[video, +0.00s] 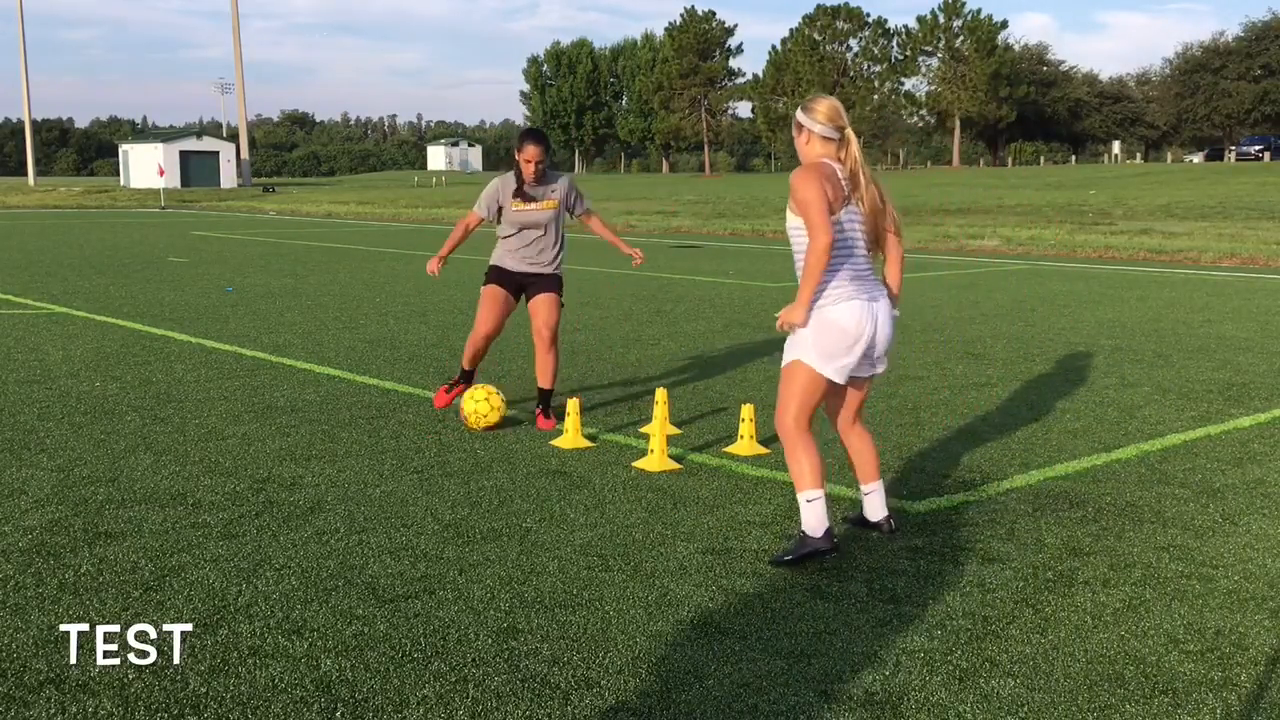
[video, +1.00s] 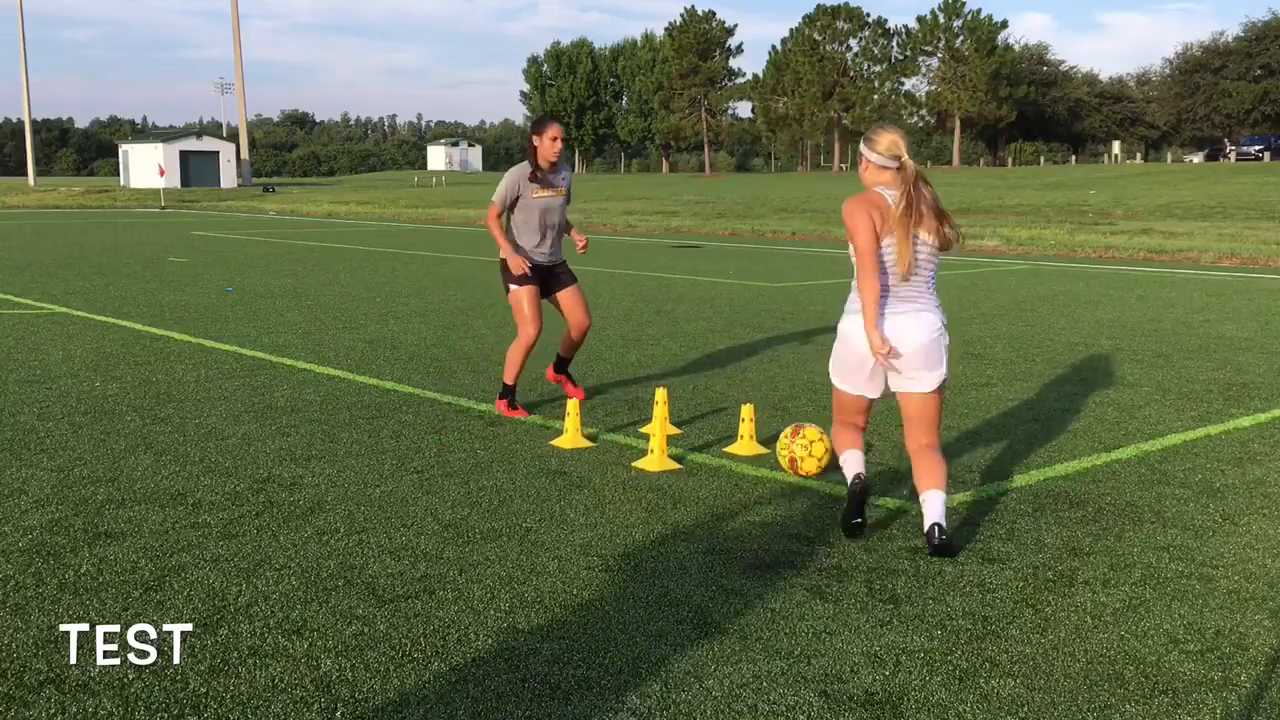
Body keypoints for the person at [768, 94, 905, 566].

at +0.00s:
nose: (794, 140)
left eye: (796, 133)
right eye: (796, 133)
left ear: (805, 134)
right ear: (839, 137)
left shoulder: (808, 175)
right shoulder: (862, 179)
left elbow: (821, 240)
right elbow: (892, 243)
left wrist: (800, 304)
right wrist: (889, 300)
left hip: (833, 312)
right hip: (876, 311)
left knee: (791, 420)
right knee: (847, 416)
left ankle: (816, 531)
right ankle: (878, 515)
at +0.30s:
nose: (760, 136)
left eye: (761, 128)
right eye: (761, 128)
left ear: (771, 129)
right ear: (803, 131)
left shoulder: (782, 163)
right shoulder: (829, 169)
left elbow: (798, 210)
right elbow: (871, 228)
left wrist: (768, 272)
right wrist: (876, 284)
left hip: (816, 303)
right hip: (853, 301)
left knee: (770, 422)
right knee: (797, 418)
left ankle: (787, 541)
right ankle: (831, 520)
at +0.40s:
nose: (751, 172)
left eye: (751, 163)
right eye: (750, 163)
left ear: (764, 158)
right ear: (794, 157)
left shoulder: (777, 196)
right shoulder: (826, 197)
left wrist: (711, 305)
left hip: (822, 331)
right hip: (845, 328)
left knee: (762, 431)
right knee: (741, 407)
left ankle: (793, 552)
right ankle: (801, 505)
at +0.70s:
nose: (756, 196)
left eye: (755, 188)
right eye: (755, 189)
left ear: (767, 186)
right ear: (799, 181)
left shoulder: (789, 220)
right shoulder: (836, 213)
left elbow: (761, 277)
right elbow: (893, 248)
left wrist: (715, 327)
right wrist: (928, 271)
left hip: (845, 343)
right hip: (882, 341)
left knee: (765, 437)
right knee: (803, 418)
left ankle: (795, 554)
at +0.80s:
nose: (786, 178)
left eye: (788, 170)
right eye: (787, 170)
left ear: (799, 170)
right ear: (831, 168)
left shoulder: (803, 212)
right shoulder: (867, 204)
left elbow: (814, 258)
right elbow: (920, 236)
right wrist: (952, 257)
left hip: (842, 333)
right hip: (893, 334)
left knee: (777, 436)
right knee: (860, 427)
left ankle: (795, 554)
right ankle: (926, 491)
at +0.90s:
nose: (823, 162)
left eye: (823, 156)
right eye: (824, 156)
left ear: (830, 156)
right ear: (868, 156)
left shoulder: (828, 202)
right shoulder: (902, 195)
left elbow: (856, 254)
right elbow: (946, 240)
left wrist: (889, 306)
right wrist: (958, 248)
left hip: (849, 322)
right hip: (908, 317)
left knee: (815, 433)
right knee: (912, 427)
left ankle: (798, 531)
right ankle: (938, 508)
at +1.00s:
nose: (858, 169)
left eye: (860, 163)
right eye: (860, 163)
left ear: (868, 164)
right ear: (902, 163)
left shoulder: (860, 205)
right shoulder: (926, 202)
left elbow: (869, 269)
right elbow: (938, 245)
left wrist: (872, 327)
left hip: (865, 325)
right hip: (922, 327)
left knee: (849, 420)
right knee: (924, 440)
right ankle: (936, 525)